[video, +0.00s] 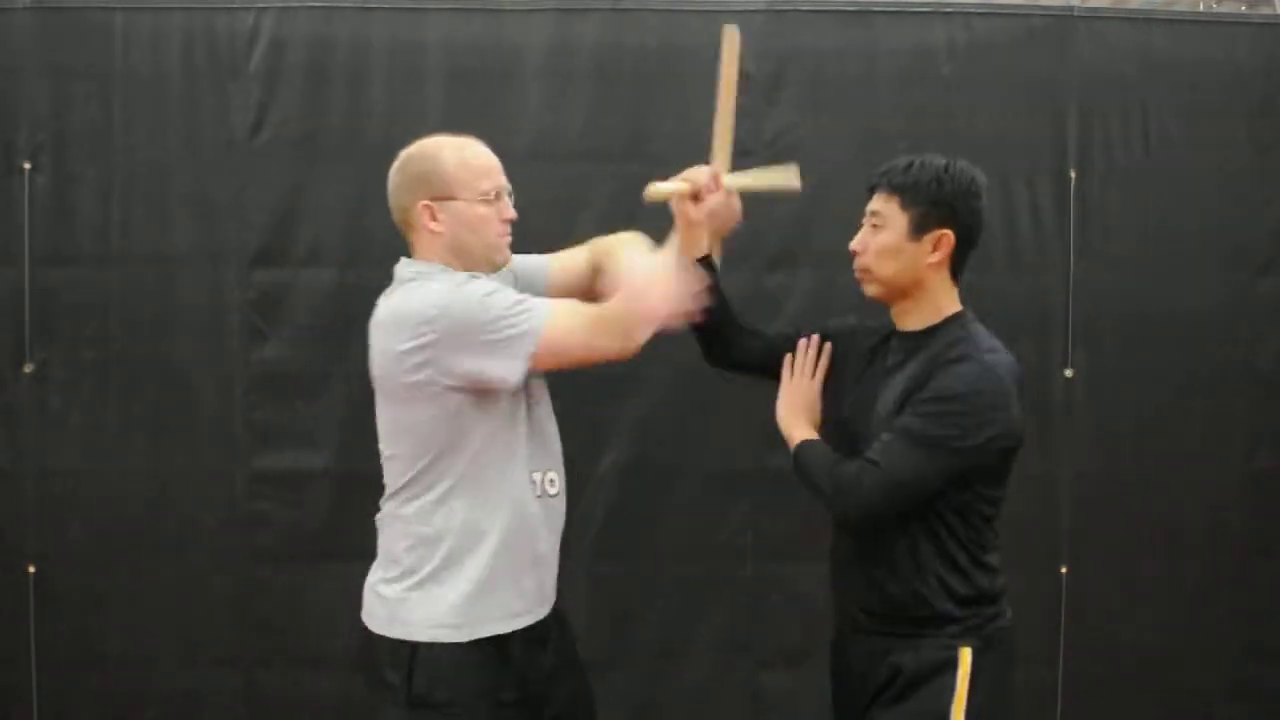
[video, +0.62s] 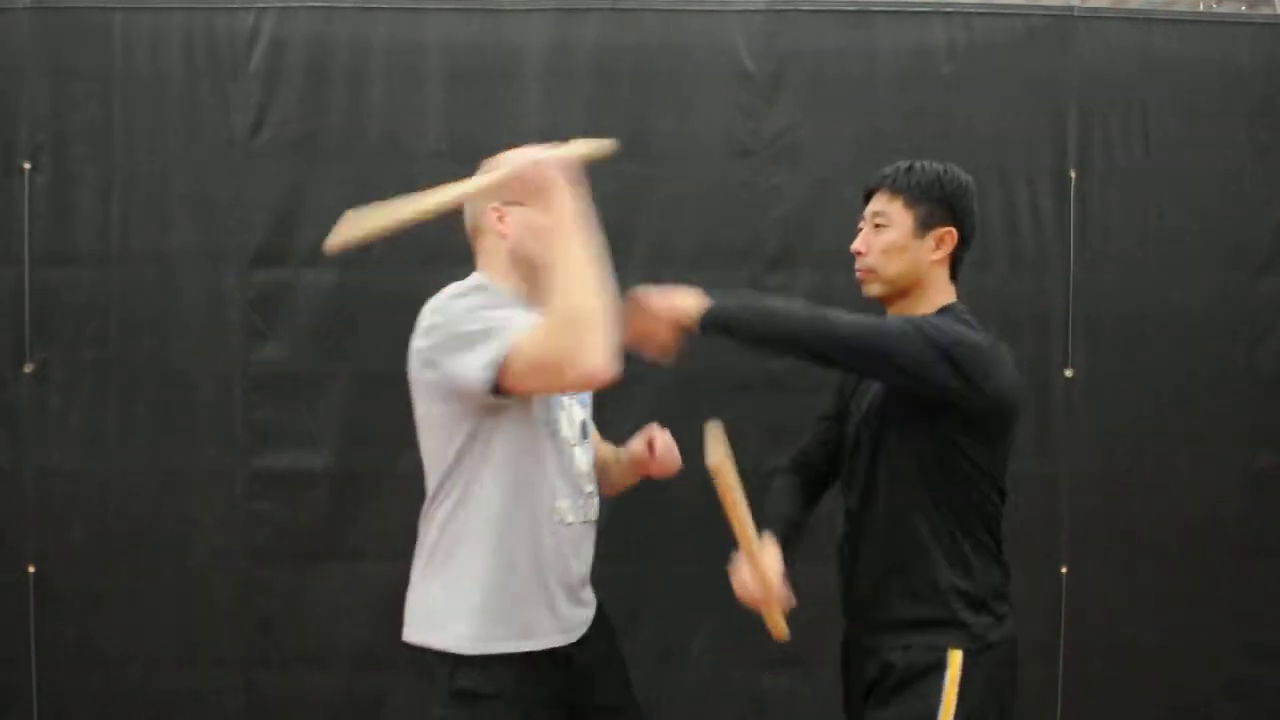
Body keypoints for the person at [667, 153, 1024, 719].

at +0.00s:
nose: (854, 245)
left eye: (875, 227)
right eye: (862, 226)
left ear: (937, 247)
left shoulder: (979, 376)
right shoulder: (861, 352)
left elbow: (860, 497)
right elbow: (729, 348)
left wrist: (799, 432)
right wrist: (694, 239)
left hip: (944, 655)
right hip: (864, 647)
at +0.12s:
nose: (862, 243)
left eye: (884, 224)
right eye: (867, 224)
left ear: (947, 245)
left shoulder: (994, 379)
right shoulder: (857, 344)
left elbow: (899, 503)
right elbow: (734, 345)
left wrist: (811, 439)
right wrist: (662, 288)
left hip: (946, 655)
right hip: (858, 646)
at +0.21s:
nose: (867, 240)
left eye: (891, 223)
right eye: (870, 223)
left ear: (954, 243)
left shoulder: (1000, 378)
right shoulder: (852, 345)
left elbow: (939, 516)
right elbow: (741, 358)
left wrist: (823, 451)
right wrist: (644, 346)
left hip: (947, 653)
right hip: (857, 646)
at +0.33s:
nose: (868, 243)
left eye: (891, 225)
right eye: (870, 226)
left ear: (954, 243)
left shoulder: (1005, 377)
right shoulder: (851, 354)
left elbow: (976, 519)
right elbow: (773, 411)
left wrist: (843, 468)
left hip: (951, 655)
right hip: (856, 646)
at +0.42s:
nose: (862, 244)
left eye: (887, 225)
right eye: (864, 228)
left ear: (948, 244)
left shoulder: (1000, 373)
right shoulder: (843, 371)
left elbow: (974, 496)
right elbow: (759, 475)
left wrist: (846, 458)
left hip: (953, 656)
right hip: (858, 650)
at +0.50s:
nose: (858, 245)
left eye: (881, 227)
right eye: (860, 229)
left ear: (942, 244)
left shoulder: (991, 369)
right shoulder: (855, 371)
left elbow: (929, 438)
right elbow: (782, 483)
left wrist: (825, 420)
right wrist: (756, 598)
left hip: (955, 654)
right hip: (863, 651)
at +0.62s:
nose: (857, 246)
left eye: (879, 227)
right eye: (862, 228)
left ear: (941, 243)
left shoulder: (968, 354)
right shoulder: (879, 361)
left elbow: (832, 332)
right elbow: (805, 469)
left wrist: (702, 308)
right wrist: (768, 540)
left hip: (950, 654)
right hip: (876, 648)